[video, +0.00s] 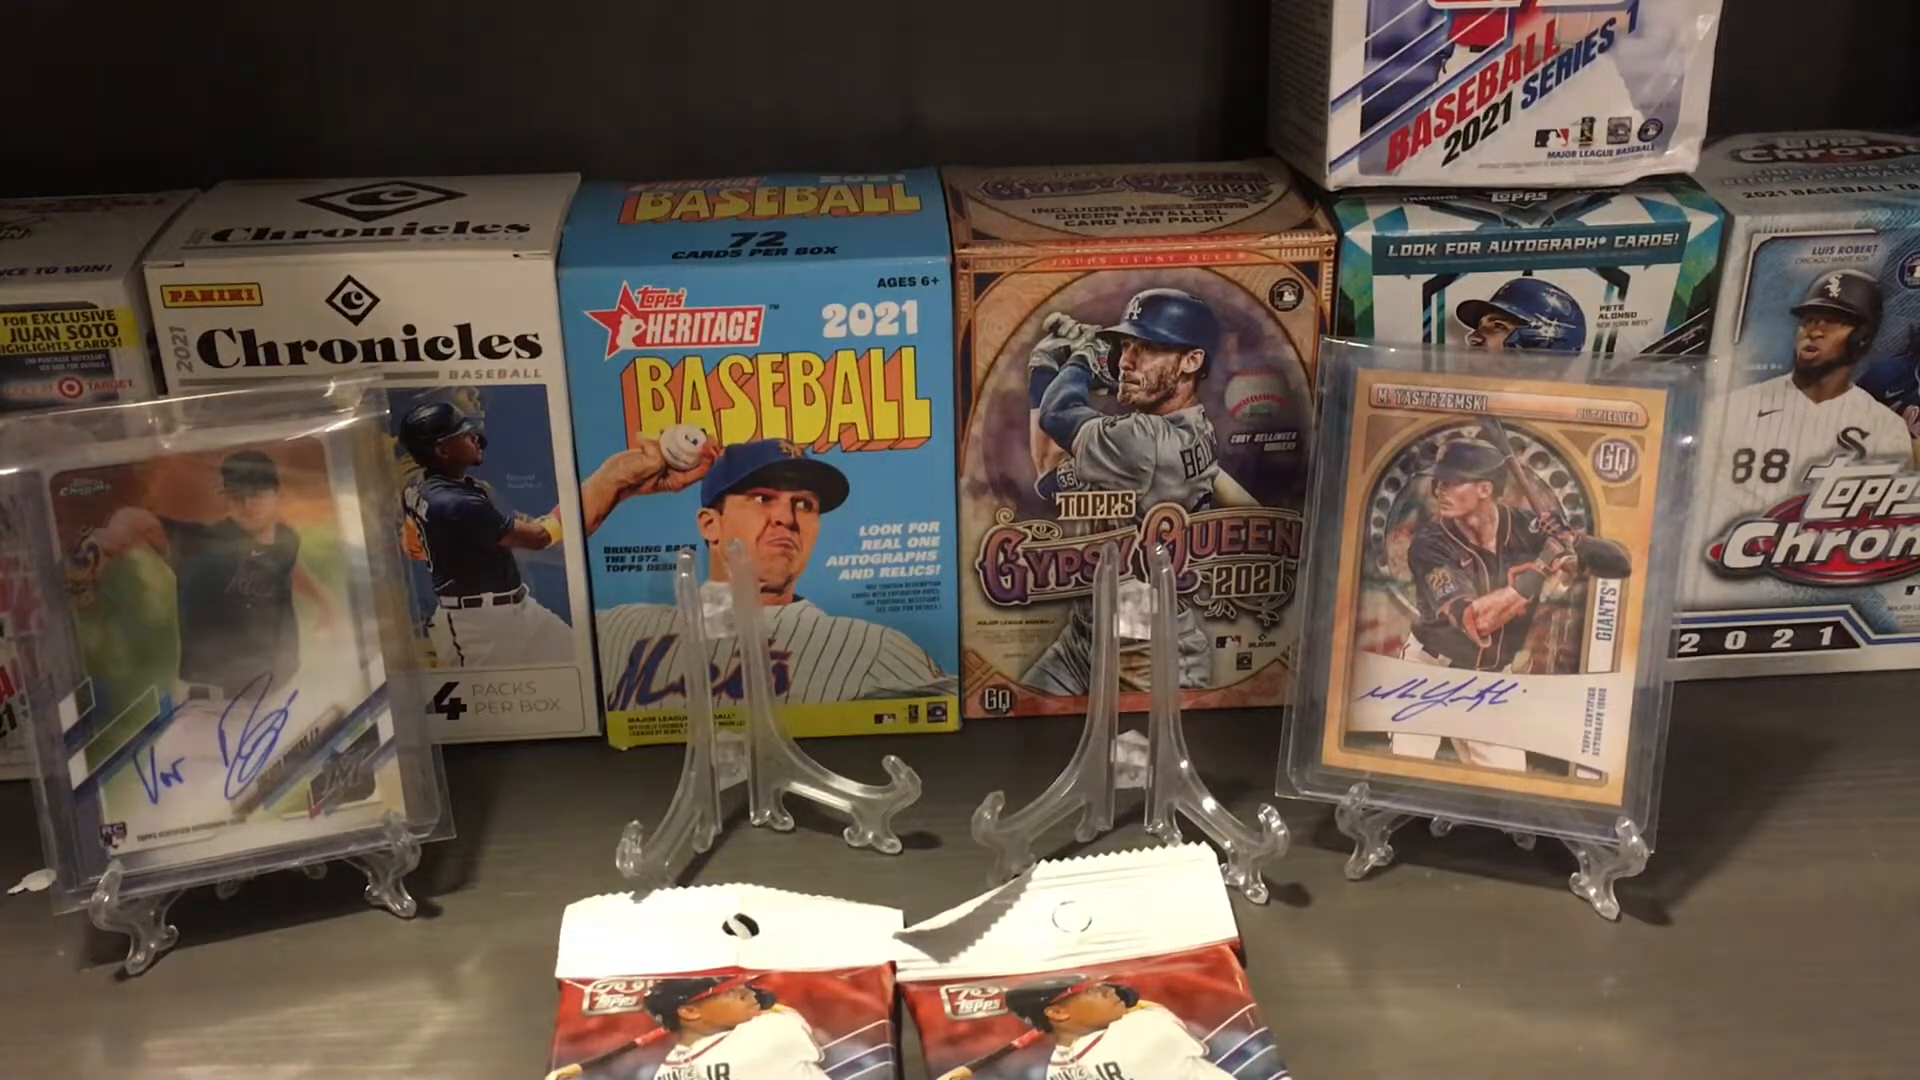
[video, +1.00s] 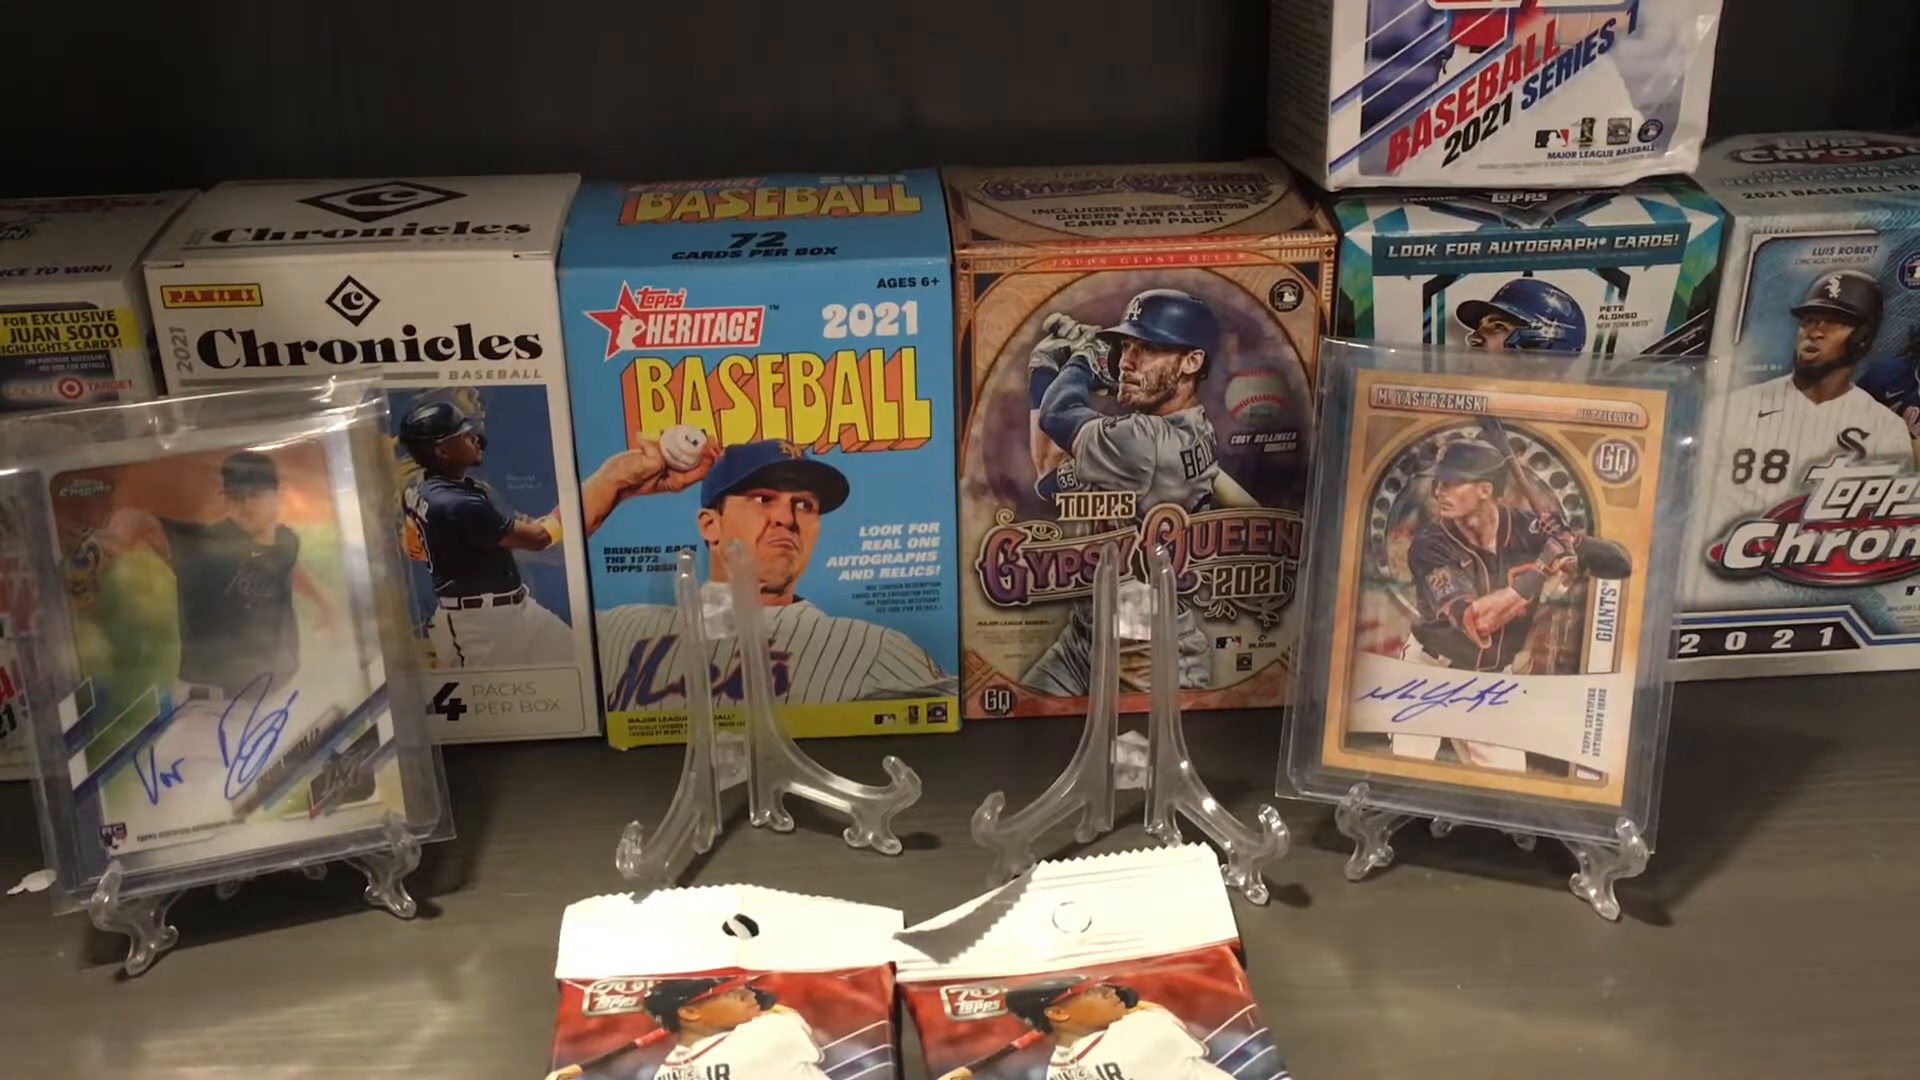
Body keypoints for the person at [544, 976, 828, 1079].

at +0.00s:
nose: (744, 992)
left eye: (735, 985)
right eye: (727, 992)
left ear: (690, 1014)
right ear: (692, 1014)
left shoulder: (665, 1071)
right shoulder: (777, 1033)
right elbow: (780, 1007)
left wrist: (579, 1071)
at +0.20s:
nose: (744, 992)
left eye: (735, 986)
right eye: (726, 993)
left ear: (690, 1015)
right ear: (692, 1014)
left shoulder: (665, 1071)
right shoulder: (778, 1032)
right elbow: (779, 1007)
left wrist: (578, 1071)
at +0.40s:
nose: (743, 993)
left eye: (734, 986)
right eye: (726, 993)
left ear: (690, 1015)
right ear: (692, 1014)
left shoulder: (665, 1071)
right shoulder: (778, 1031)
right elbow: (779, 1007)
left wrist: (578, 1071)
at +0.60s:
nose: (744, 993)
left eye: (736, 986)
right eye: (727, 993)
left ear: (690, 1015)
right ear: (691, 1014)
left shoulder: (665, 1071)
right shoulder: (779, 1031)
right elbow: (778, 1007)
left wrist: (579, 1071)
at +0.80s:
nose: (744, 992)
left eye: (735, 986)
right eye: (726, 993)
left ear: (690, 1015)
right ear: (691, 1014)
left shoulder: (666, 1071)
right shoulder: (778, 1031)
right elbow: (779, 1007)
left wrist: (579, 1071)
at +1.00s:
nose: (744, 993)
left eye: (735, 986)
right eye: (727, 993)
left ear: (690, 1015)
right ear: (691, 1015)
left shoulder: (665, 1071)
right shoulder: (779, 1032)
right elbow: (779, 1008)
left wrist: (577, 1072)